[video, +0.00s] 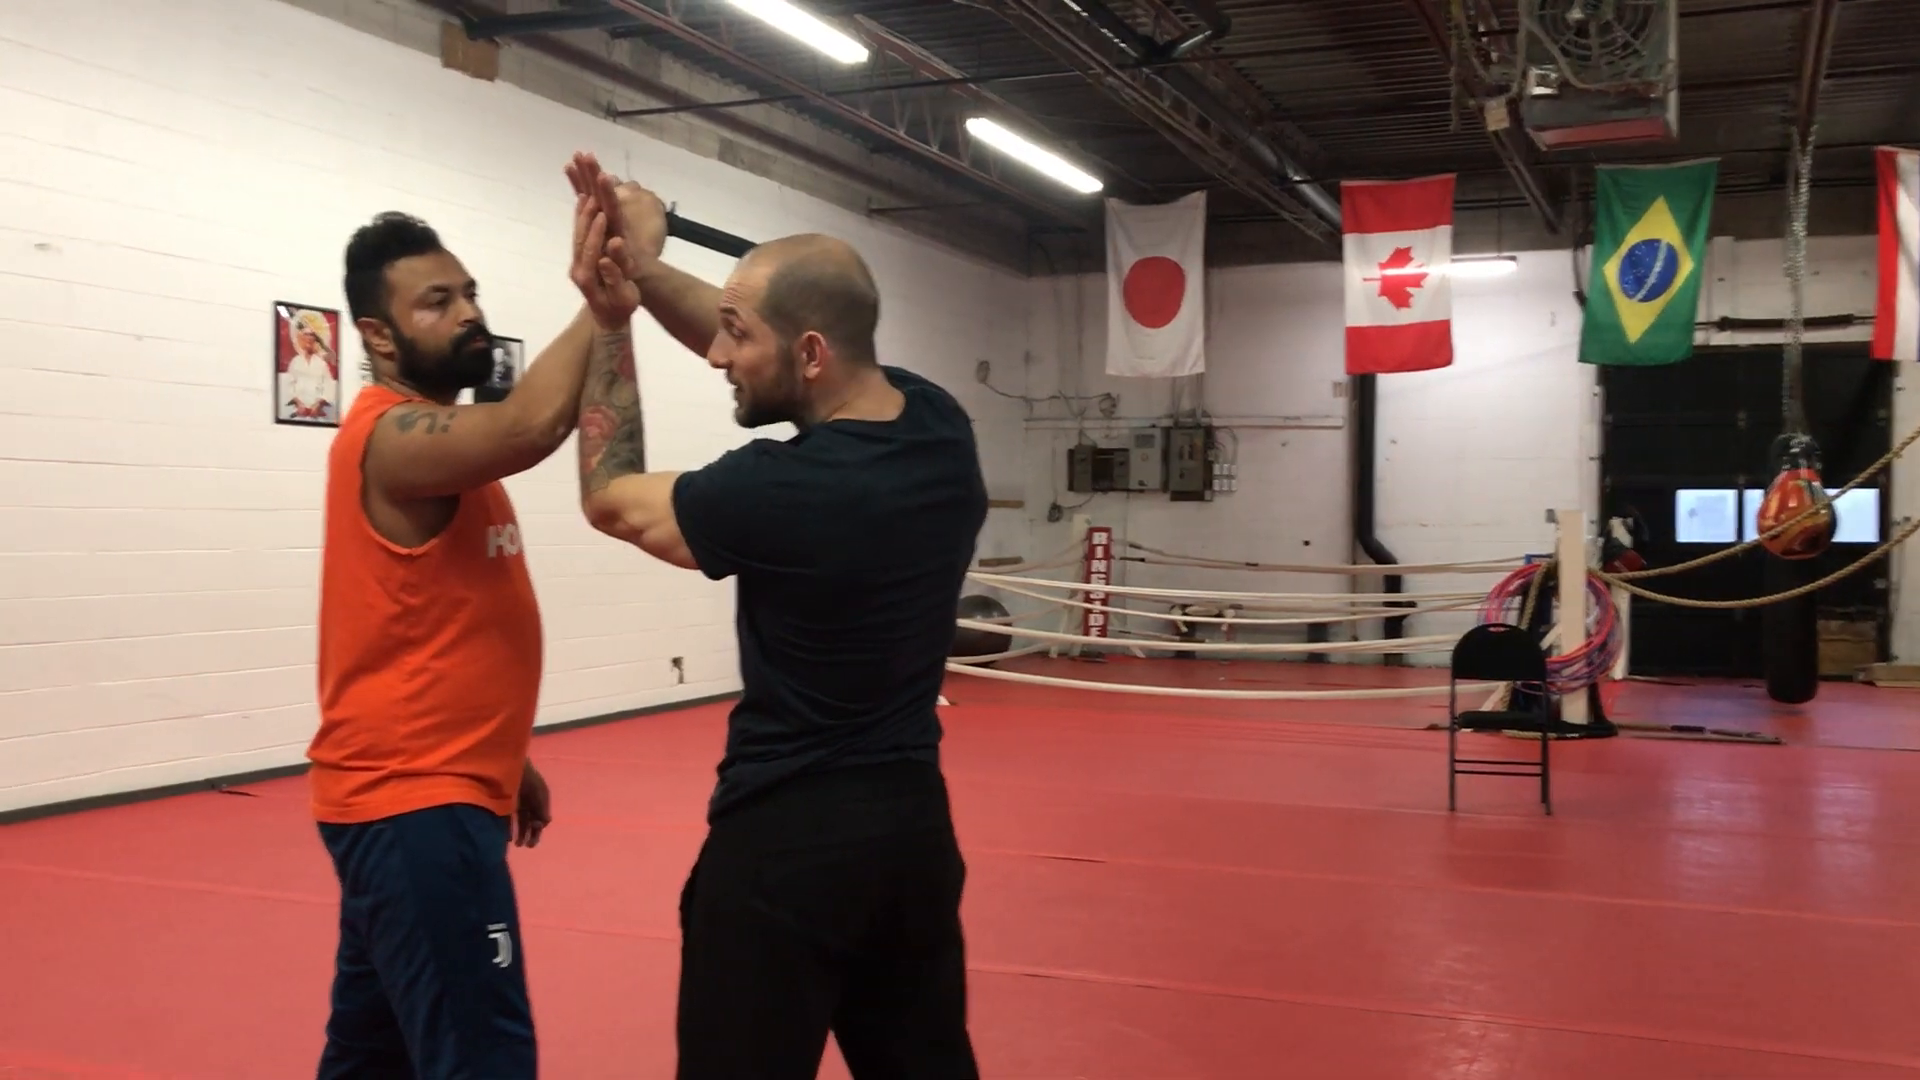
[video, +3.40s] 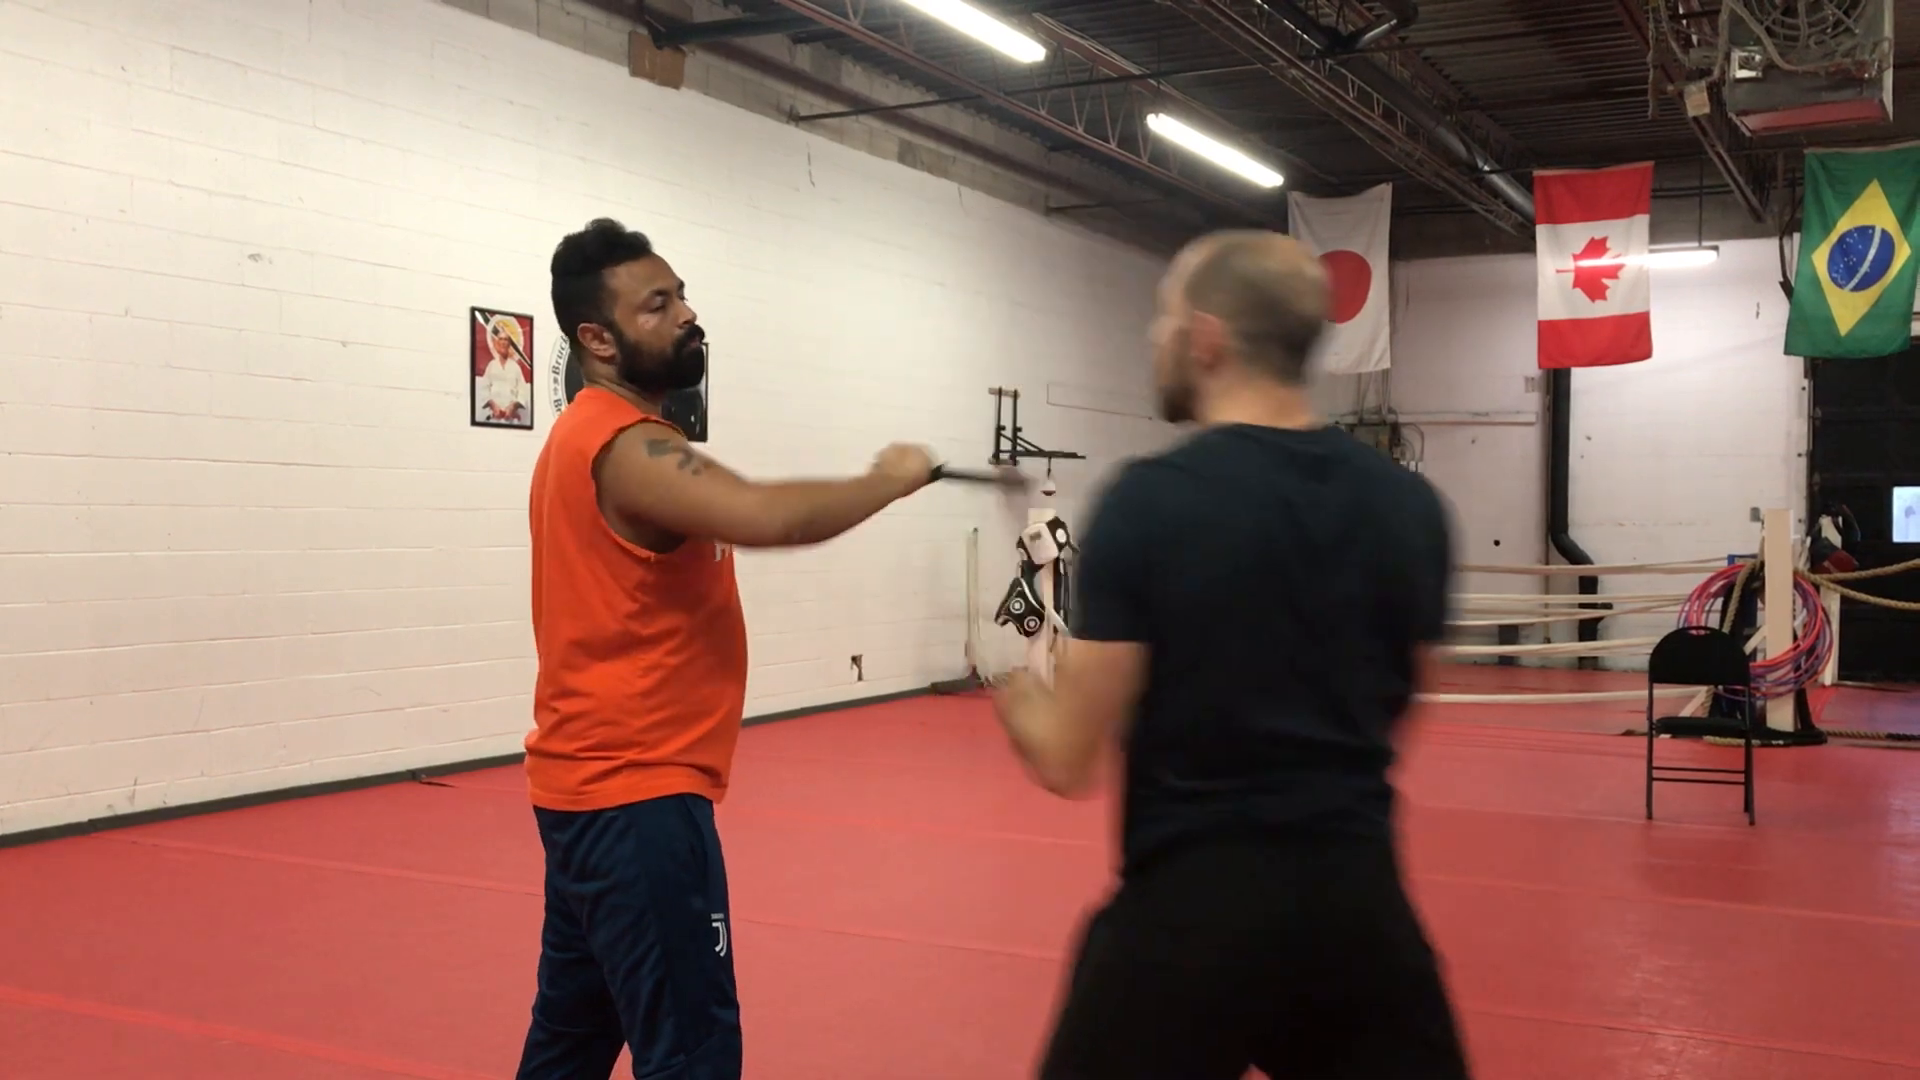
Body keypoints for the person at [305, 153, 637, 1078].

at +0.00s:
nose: (470, 314)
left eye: (470, 294)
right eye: (437, 301)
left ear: (473, 300)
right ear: (376, 336)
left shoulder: (427, 424)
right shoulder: (391, 430)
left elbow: (432, 625)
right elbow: (527, 426)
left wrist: (503, 756)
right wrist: (599, 308)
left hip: (433, 788)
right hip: (411, 795)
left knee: (372, 1053)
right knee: (485, 1054)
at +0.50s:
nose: (605, 320)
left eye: (605, 300)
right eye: (574, 308)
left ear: (608, 305)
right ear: (512, 339)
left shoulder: (561, 429)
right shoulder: (521, 432)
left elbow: (567, 622)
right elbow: (652, 433)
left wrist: (626, 758)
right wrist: (729, 315)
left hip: (556, 788)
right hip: (536, 792)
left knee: (480, 1051)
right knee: (613, 1054)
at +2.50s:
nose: (692, 323)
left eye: (695, 302)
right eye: (661, 312)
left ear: (703, 307)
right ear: (606, 343)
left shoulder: (654, 436)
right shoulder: (616, 434)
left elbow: (650, 625)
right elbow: (741, 431)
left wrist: (716, 753)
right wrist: (823, 313)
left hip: (635, 787)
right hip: (622, 792)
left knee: (566, 1050)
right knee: (696, 1055)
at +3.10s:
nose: (671, 316)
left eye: (671, 298)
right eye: (641, 306)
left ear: (679, 303)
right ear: (584, 340)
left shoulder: (626, 429)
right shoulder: (611, 433)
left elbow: (628, 623)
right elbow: (764, 437)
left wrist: (708, 750)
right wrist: (895, 385)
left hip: (615, 786)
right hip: (623, 791)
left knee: (576, 1046)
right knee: (691, 1053)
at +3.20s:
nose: (679, 315)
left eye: (673, 298)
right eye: (648, 303)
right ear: (588, 338)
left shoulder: (598, 432)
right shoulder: (621, 439)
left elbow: (624, 623)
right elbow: (786, 463)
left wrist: (695, 752)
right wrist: (935, 434)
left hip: (605, 787)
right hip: (626, 791)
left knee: (576, 1041)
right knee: (689, 1052)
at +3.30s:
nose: (685, 315)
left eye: (678, 297)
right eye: (655, 303)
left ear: (600, 345)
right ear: (594, 337)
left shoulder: (582, 433)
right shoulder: (629, 444)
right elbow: (788, 484)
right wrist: (935, 457)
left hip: (589, 785)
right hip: (636, 791)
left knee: (572, 1040)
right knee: (690, 1052)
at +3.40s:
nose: (689, 315)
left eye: (681, 296)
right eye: (659, 305)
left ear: (596, 346)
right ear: (595, 338)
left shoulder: (578, 435)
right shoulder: (627, 445)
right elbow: (770, 517)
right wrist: (885, 481)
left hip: (586, 784)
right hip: (641, 792)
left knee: (571, 1039)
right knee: (693, 1052)